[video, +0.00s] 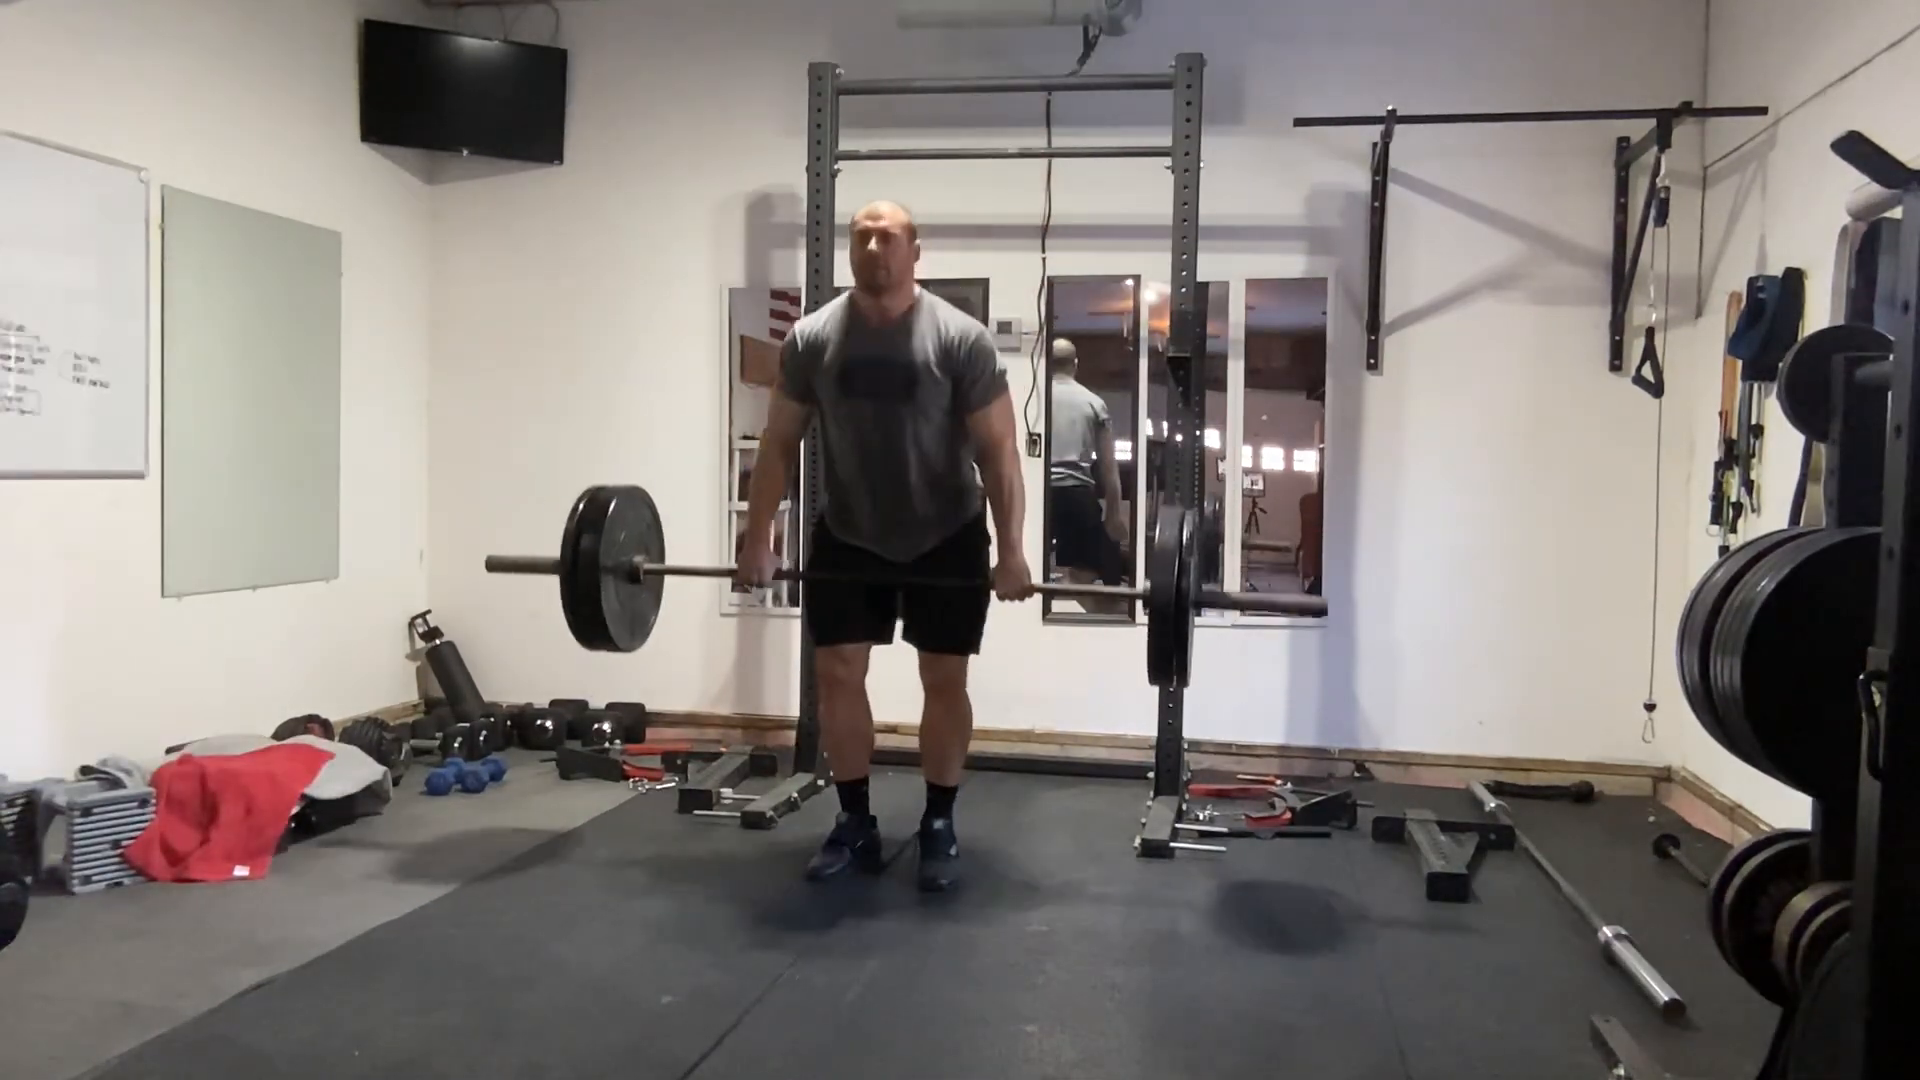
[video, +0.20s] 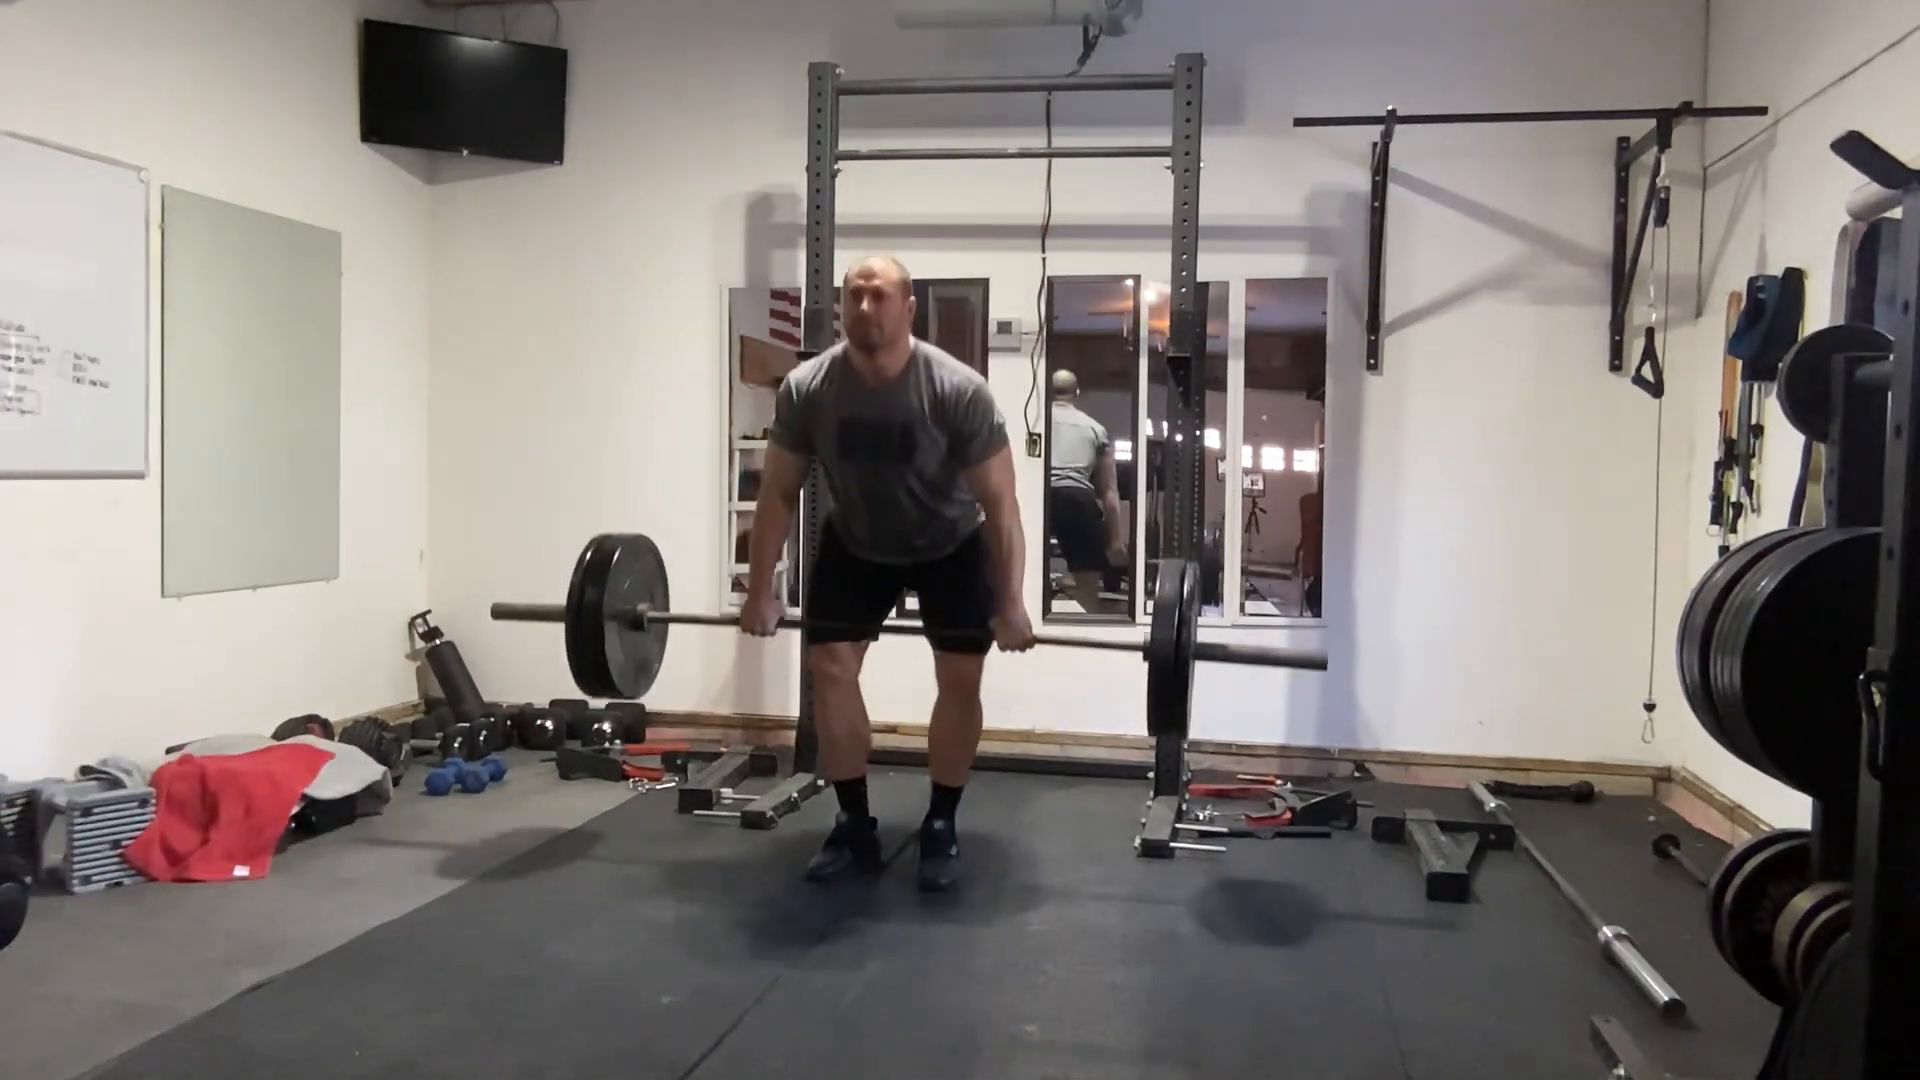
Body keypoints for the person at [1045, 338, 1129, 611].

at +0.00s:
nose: (1075, 365)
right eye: (1076, 361)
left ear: (1045, 364)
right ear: (1075, 364)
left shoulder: (1029, 398)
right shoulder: (1092, 403)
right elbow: (1108, 467)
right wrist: (1114, 516)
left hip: (1034, 497)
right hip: (1077, 496)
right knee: (1083, 574)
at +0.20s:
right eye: (1077, 392)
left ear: (1049, 392)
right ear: (1077, 393)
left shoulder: (1032, 420)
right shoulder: (1095, 429)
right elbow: (1109, 491)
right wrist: (1116, 543)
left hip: (1034, 498)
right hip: (1077, 499)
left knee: (1031, 575)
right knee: (1087, 578)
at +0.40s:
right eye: (1074, 399)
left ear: (1047, 400)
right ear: (1076, 401)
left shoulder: (1032, 429)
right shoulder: (1093, 436)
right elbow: (1109, 497)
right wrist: (1116, 549)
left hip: (1035, 501)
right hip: (1078, 502)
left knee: (1032, 576)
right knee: (1089, 579)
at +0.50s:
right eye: (1074, 385)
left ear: (1048, 385)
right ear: (1076, 386)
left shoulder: (1031, 414)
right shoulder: (1092, 421)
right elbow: (1110, 480)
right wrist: (1117, 533)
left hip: (1034, 494)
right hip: (1076, 495)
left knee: (1031, 566)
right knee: (1083, 573)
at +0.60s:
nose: (1057, 365)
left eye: (1055, 359)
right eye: (1066, 358)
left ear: (1045, 360)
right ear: (1075, 359)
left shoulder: (1032, 394)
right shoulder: (1090, 398)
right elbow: (1113, 457)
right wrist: (1116, 506)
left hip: (1040, 496)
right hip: (1078, 496)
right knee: (1083, 579)